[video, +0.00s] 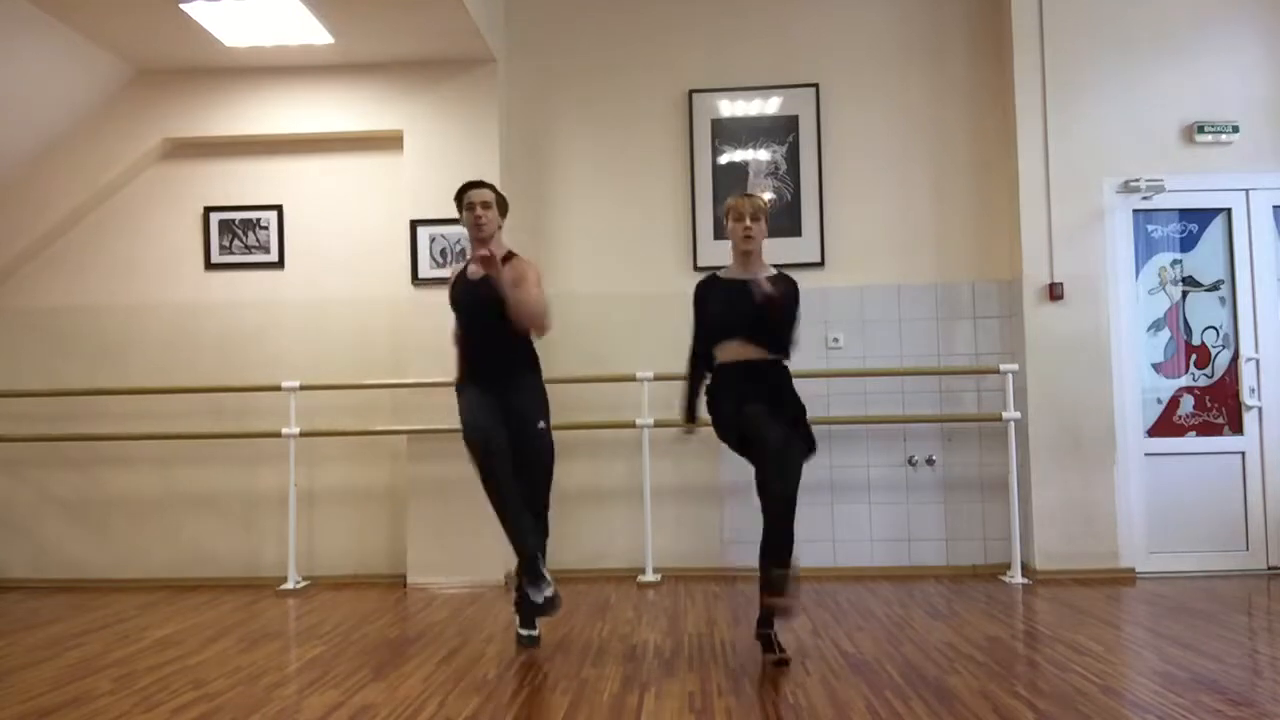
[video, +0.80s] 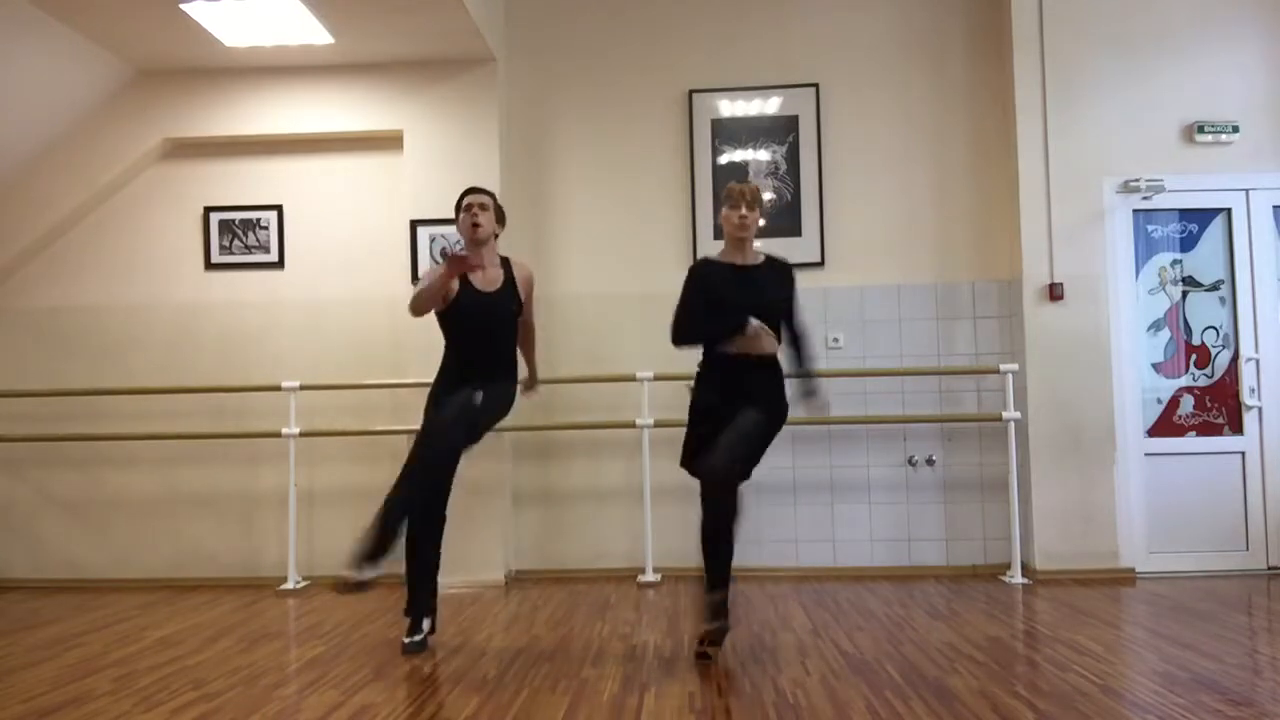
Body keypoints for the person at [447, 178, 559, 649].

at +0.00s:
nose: (479, 214)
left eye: (486, 207)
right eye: (471, 209)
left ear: (501, 214)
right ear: (462, 219)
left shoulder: (520, 268)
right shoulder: (460, 280)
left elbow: (536, 321)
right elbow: (462, 337)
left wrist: (500, 278)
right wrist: (461, 382)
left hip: (522, 388)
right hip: (477, 389)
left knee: (533, 494)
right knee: (492, 462)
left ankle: (527, 608)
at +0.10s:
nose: (479, 214)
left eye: (487, 207)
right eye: (472, 208)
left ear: (503, 217)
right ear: (461, 221)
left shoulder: (524, 264)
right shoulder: (462, 273)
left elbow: (520, 299)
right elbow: (463, 331)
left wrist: (485, 271)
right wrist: (461, 380)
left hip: (525, 383)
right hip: (481, 381)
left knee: (531, 488)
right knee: (498, 436)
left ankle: (528, 604)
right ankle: (525, 561)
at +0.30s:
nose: (485, 216)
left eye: (492, 209)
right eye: (477, 210)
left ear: (508, 218)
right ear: (467, 220)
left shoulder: (527, 275)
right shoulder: (452, 283)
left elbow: (534, 343)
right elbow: (447, 350)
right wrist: (435, 407)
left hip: (525, 386)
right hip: (478, 386)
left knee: (532, 498)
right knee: (458, 430)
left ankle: (534, 604)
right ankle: (491, 508)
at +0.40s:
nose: (487, 221)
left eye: (495, 215)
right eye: (480, 215)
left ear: (510, 226)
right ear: (469, 226)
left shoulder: (528, 284)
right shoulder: (454, 287)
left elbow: (548, 357)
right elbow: (446, 353)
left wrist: (563, 421)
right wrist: (427, 409)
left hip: (523, 411)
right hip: (473, 410)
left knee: (532, 512)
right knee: (446, 483)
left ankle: (534, 611)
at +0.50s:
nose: (485, 207)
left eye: (493, 201)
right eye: (477, 202)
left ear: (509, 214)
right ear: (468, 216)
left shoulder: (531, 273)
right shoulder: (448, 272)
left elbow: (551, 330)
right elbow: (417, 323)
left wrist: (567, 375)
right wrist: (392, 365)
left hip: (511, 396)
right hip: (461, 397)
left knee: (519, 496)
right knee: (457, 502)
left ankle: (525, 591)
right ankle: (460, 608)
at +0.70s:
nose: (476, 215)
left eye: (484, 209)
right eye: (469, 209)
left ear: (500, 223)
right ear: (459, 222)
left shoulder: (519, 275)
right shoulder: (448, 272)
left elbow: (527, 319)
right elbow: (419, 310)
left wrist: (529, 348)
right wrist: (434, 277)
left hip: (495, 390)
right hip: (449, 389)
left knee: (431, 464)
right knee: (431, 505)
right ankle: (424, 615)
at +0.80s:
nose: (473, 215)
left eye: (482, 209)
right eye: (466, 210)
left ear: (499, 223)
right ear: (457, 225)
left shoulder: (519, 274)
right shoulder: (445, 272)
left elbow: (525, 325)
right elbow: (418, 308)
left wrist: (531, 371)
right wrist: (447, 277)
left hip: (496, 384)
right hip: (449, 385)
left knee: (440, 436)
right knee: (428, 495)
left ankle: (380, 537)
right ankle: (420, 614)